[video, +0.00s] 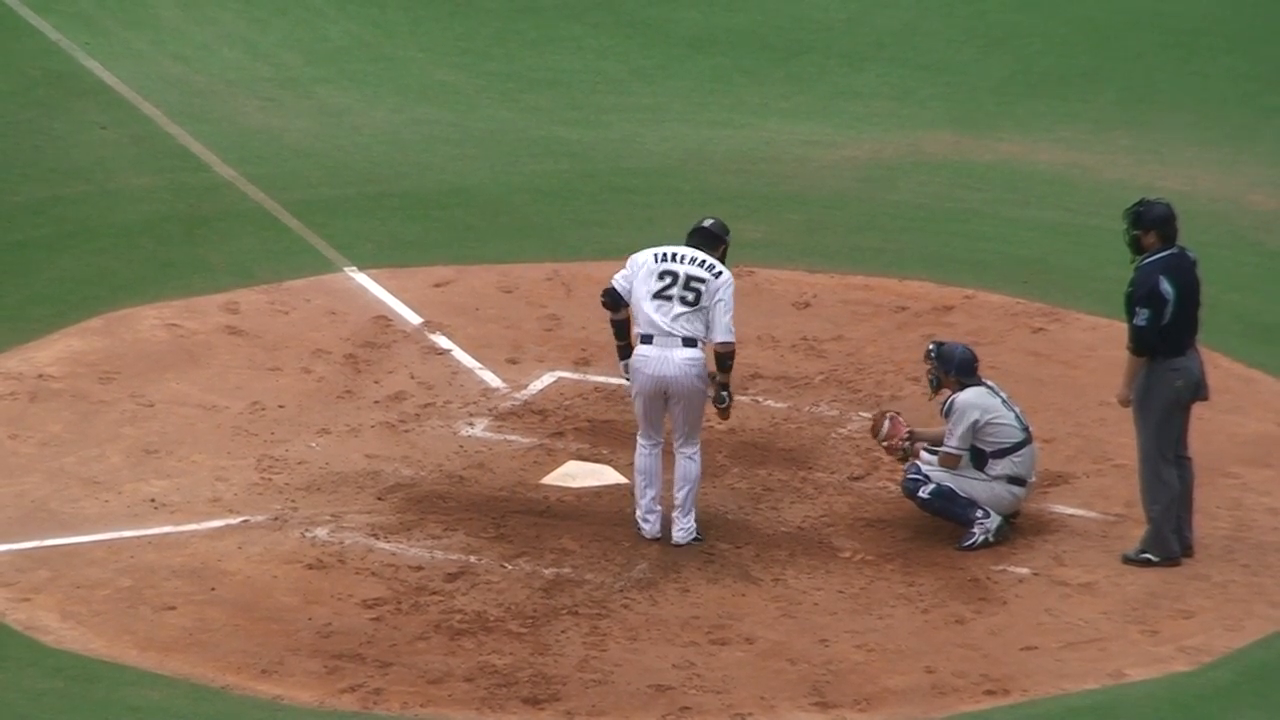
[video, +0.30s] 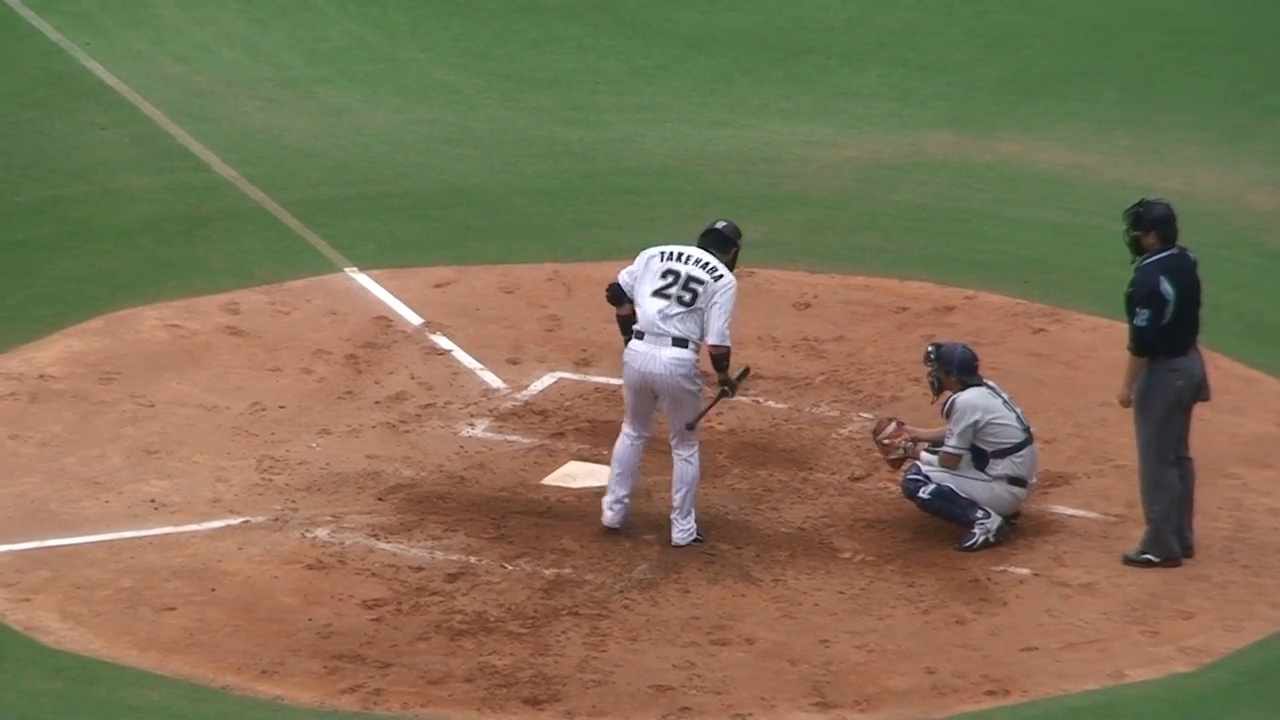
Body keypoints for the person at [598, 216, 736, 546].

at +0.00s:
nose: (725, 254)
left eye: (725, 249)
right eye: (725, 249)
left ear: (689, 239)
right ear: (718, 248)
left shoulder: (646, 257)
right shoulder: (720, 276)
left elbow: (613, 298)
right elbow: (723, 345)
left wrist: (625, 353)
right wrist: (723, 387)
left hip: (646, 357)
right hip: (688, 362)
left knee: (648, 439)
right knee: (687, 444)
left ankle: (649, 521)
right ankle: (683, 527)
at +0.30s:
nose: (735, 259)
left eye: (735, 253)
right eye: (735, 253)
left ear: (702, 240)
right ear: (728, 251)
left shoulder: (655, 254)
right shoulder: (723, 279)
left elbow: (617, 292)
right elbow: (718, 347)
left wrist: (632, 334)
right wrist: (725, 378)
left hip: (637, 352)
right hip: (679, 361)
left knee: (632, 431)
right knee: (684, 444)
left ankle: (612, 512)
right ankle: (683, 528)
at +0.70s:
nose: (709, 262)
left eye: (710, 254)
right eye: (710, 254)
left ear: (677, 241)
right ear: (699, 250)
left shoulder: (633, 258)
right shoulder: (688, 274)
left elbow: (603, 312)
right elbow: (685, 328)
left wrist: (648, 325)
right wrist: (717, 325)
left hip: (607, 351)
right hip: (646, 359)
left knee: (591, 437)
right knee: (667, 445)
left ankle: (565, 512)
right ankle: (679, 528)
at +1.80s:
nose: (701, 257)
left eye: (702, 251)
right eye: (701, 251)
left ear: (668, 241)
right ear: (696, 250)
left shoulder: (628, 260)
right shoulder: (691, 275)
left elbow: (588, 303)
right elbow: (685, 335)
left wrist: (608, 346)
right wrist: (701, 373)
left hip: (604, 351)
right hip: (645, 357)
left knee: (590, 435)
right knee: (668, 447)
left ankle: (565, 511)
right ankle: (678, 528)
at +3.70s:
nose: (716, 242)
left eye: (718, 236)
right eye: (716, 237)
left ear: (683, 228)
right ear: (710, 237)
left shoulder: (646, 250)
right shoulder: (705, 273)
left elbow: (631, 302)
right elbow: (699, 337)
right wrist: (704, 372)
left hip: (623, 347)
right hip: (662, 358)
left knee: (601, 427)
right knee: (676, 443)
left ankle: (569, 501)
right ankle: (684, 528)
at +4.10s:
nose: (681, 227)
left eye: (677, 221)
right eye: (680, 222)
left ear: (647, 220)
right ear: (676, 227)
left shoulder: (625, 248)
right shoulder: (670, 268)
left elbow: (658, 299)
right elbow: (667, 325)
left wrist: (702, 313)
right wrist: (707, 325)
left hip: (609, 351)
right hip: (647, 359)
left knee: (595, 432)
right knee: (668, 441)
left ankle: (566, 510)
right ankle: (682, 527)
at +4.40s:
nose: (648, 221)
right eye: (647, 216)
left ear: (612, 219)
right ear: (646, 221)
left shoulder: (597, 248)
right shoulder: (652, 267)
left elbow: (633, 275)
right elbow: (670, 315)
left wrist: (675, 273)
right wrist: (689, 284)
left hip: (605, 354)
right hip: (645, 359)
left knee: (593, 431)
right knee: (666, 441)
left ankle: (566, 508)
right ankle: (681, 525)